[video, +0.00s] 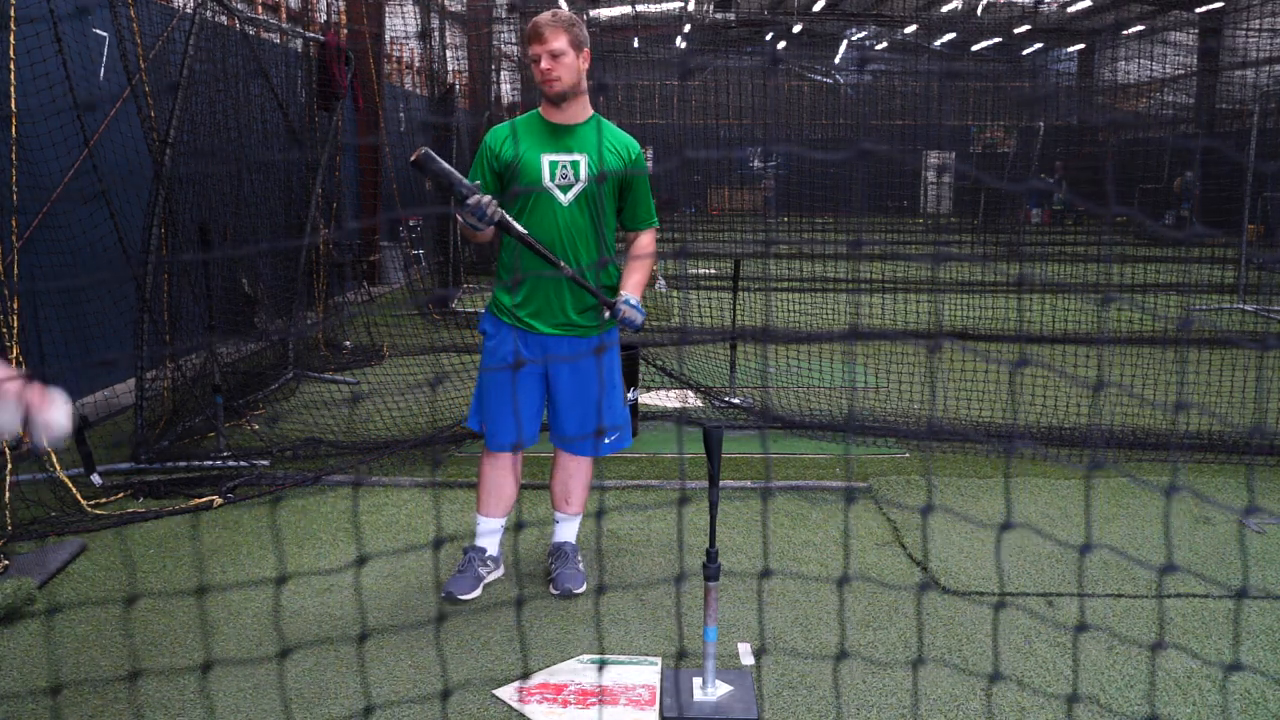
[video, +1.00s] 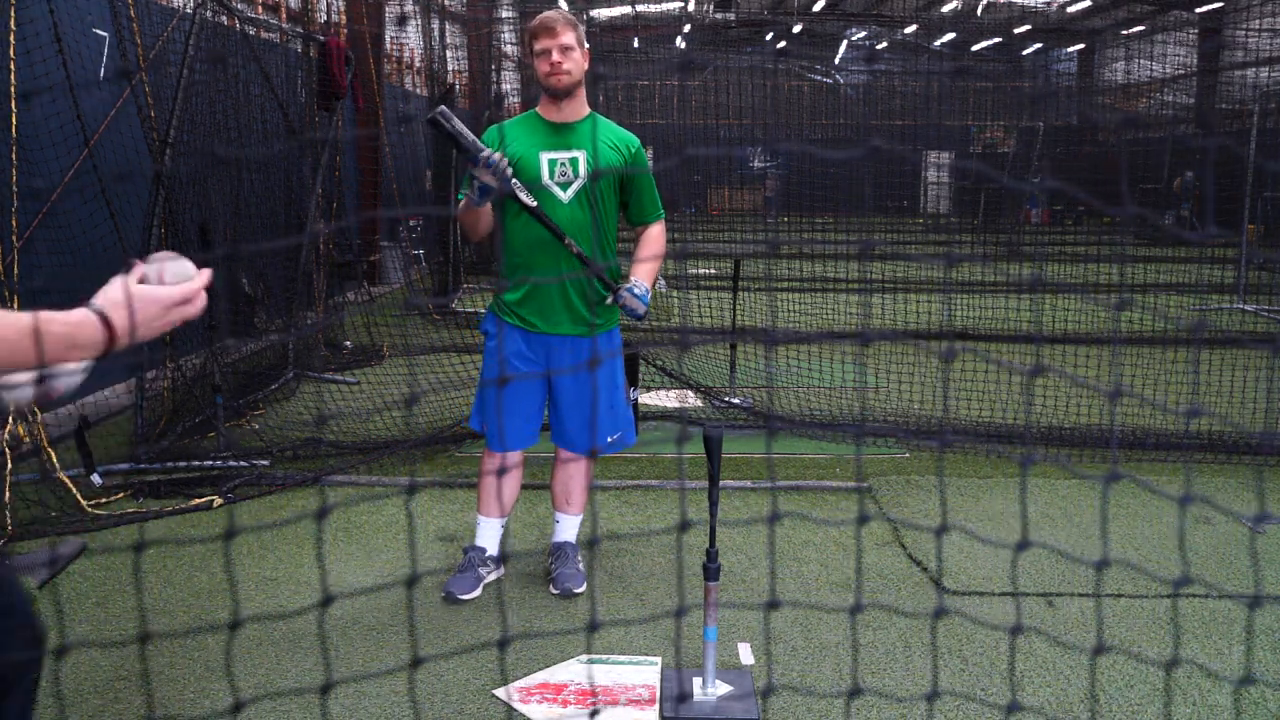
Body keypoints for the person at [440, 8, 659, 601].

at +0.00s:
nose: (547, 67)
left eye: (557, 56)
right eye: (537, 59)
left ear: (584, 59)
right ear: (529, 67)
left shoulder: (621, 151)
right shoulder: (502, 142)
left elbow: (641, 240)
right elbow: (477, 236)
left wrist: (629, 295)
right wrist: (477, 217)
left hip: (587, 326)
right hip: (513, 321)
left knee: (576, 439)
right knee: (501, 439)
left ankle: (565, 546)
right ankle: (486, 551)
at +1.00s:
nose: (556, 60)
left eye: (566, 49)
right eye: (544, 52)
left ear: (587, 57)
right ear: (532, 64)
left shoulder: (622, 146)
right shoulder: (501, 139)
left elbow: (652, 226)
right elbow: (475, 231)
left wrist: (641, 281)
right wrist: (482, 195)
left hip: (590, 321)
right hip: (517, 318)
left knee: (576, 443)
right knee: (501, 444)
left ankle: (566, 547)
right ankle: (485, 552)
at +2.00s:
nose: (569, 59)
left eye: (577, 48)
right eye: (556, 51)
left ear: (592, 57)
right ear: (538, 63)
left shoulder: (625, 148)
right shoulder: (505, 141)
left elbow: (654, 227)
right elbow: (482, 233)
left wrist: (637, 278)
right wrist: (479, 188)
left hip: (593, 322)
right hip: (519, 319)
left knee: (579, 439)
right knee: (504, 440)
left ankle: (566, 547)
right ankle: (486, 551)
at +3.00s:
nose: (582, 64)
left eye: (586, 53)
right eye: (568, 54)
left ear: (595, 59)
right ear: (537, 64)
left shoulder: (620, 150)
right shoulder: (499, 133)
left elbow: (653, 227)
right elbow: (465, 206)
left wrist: (624, 288)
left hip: (583, 324)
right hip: (507, 320)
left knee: (574, 441)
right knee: (492, 442)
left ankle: (566, 546)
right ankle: (484, 549)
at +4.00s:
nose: (435, 114)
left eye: (441, 101)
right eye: (421, 108)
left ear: (457, 77)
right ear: (403, 99)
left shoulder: (512, 134)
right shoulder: (391, 159)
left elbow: (561, 201)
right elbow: (388, 233)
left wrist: (552, 276)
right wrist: (381, 268)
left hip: (515, 319)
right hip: (436, 325)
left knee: (547, 434)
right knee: (436, 443)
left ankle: (577, 540)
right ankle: (430, 548)